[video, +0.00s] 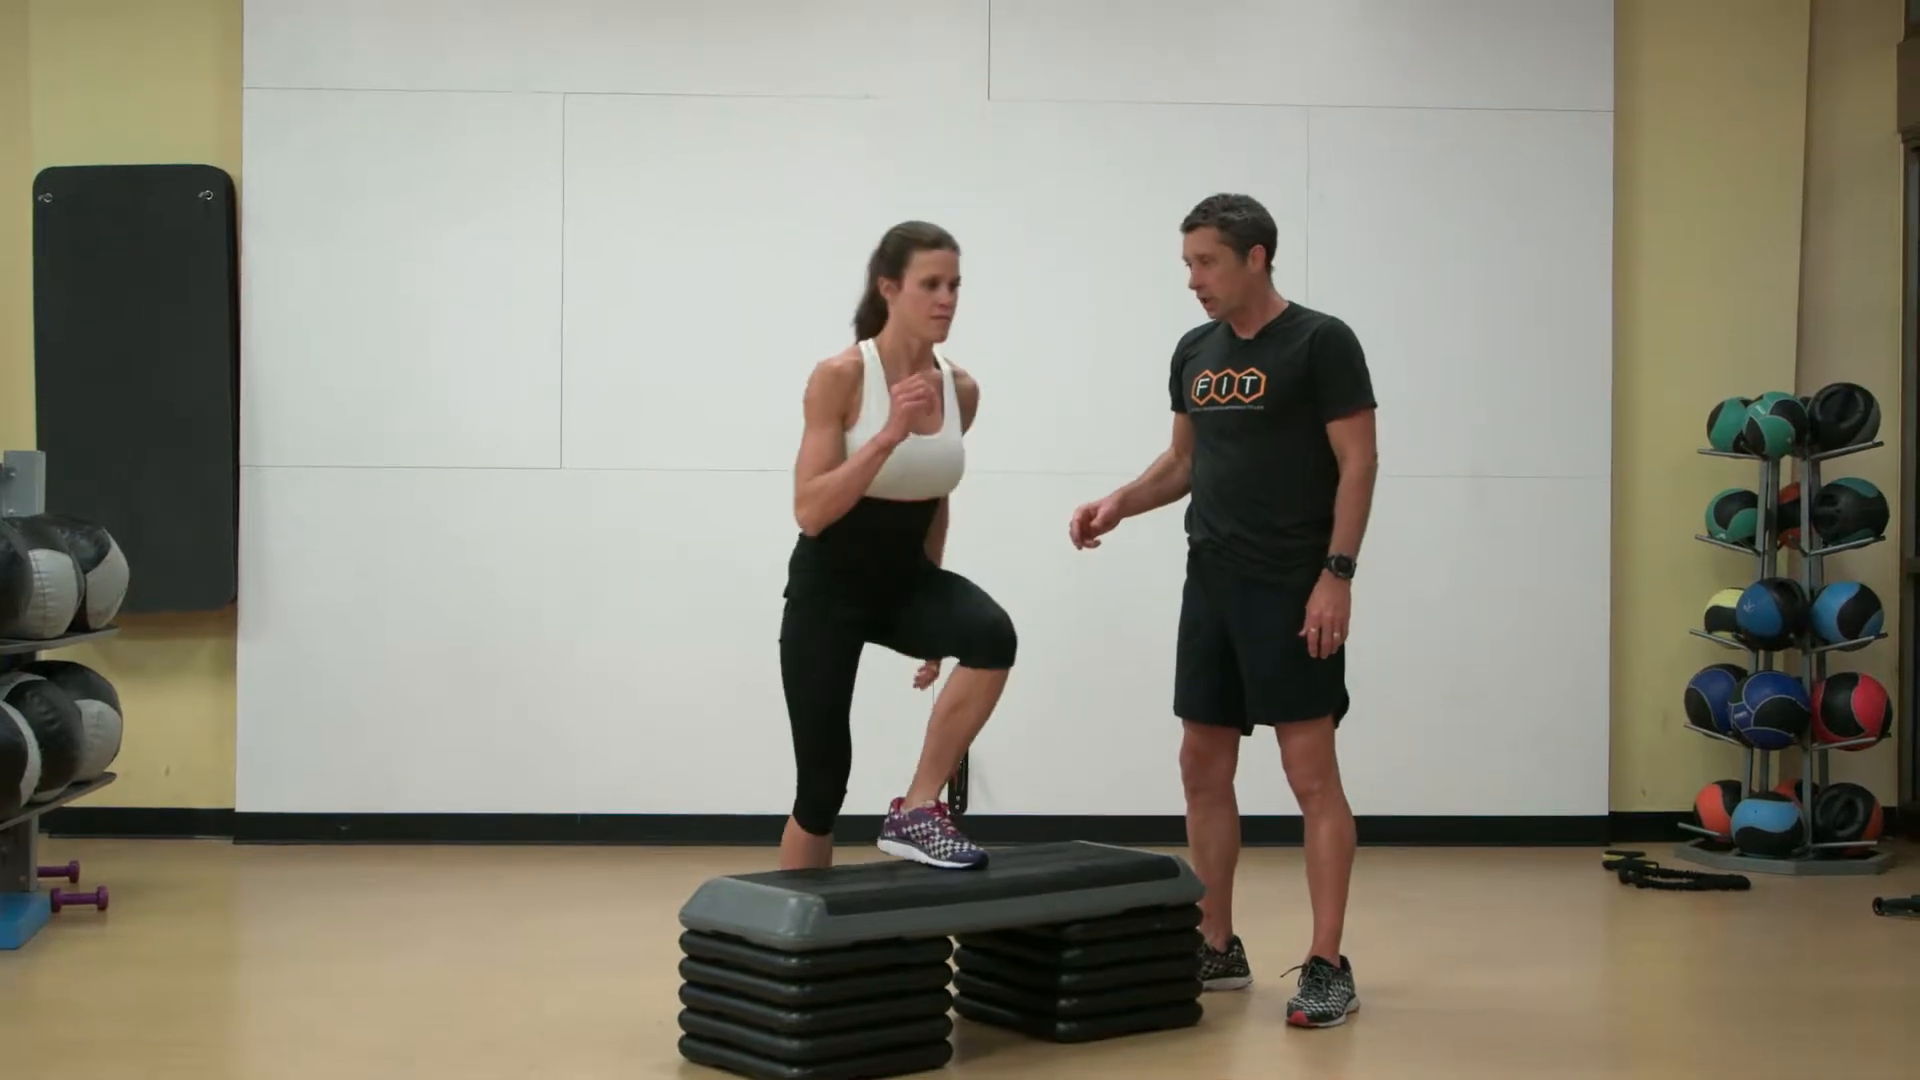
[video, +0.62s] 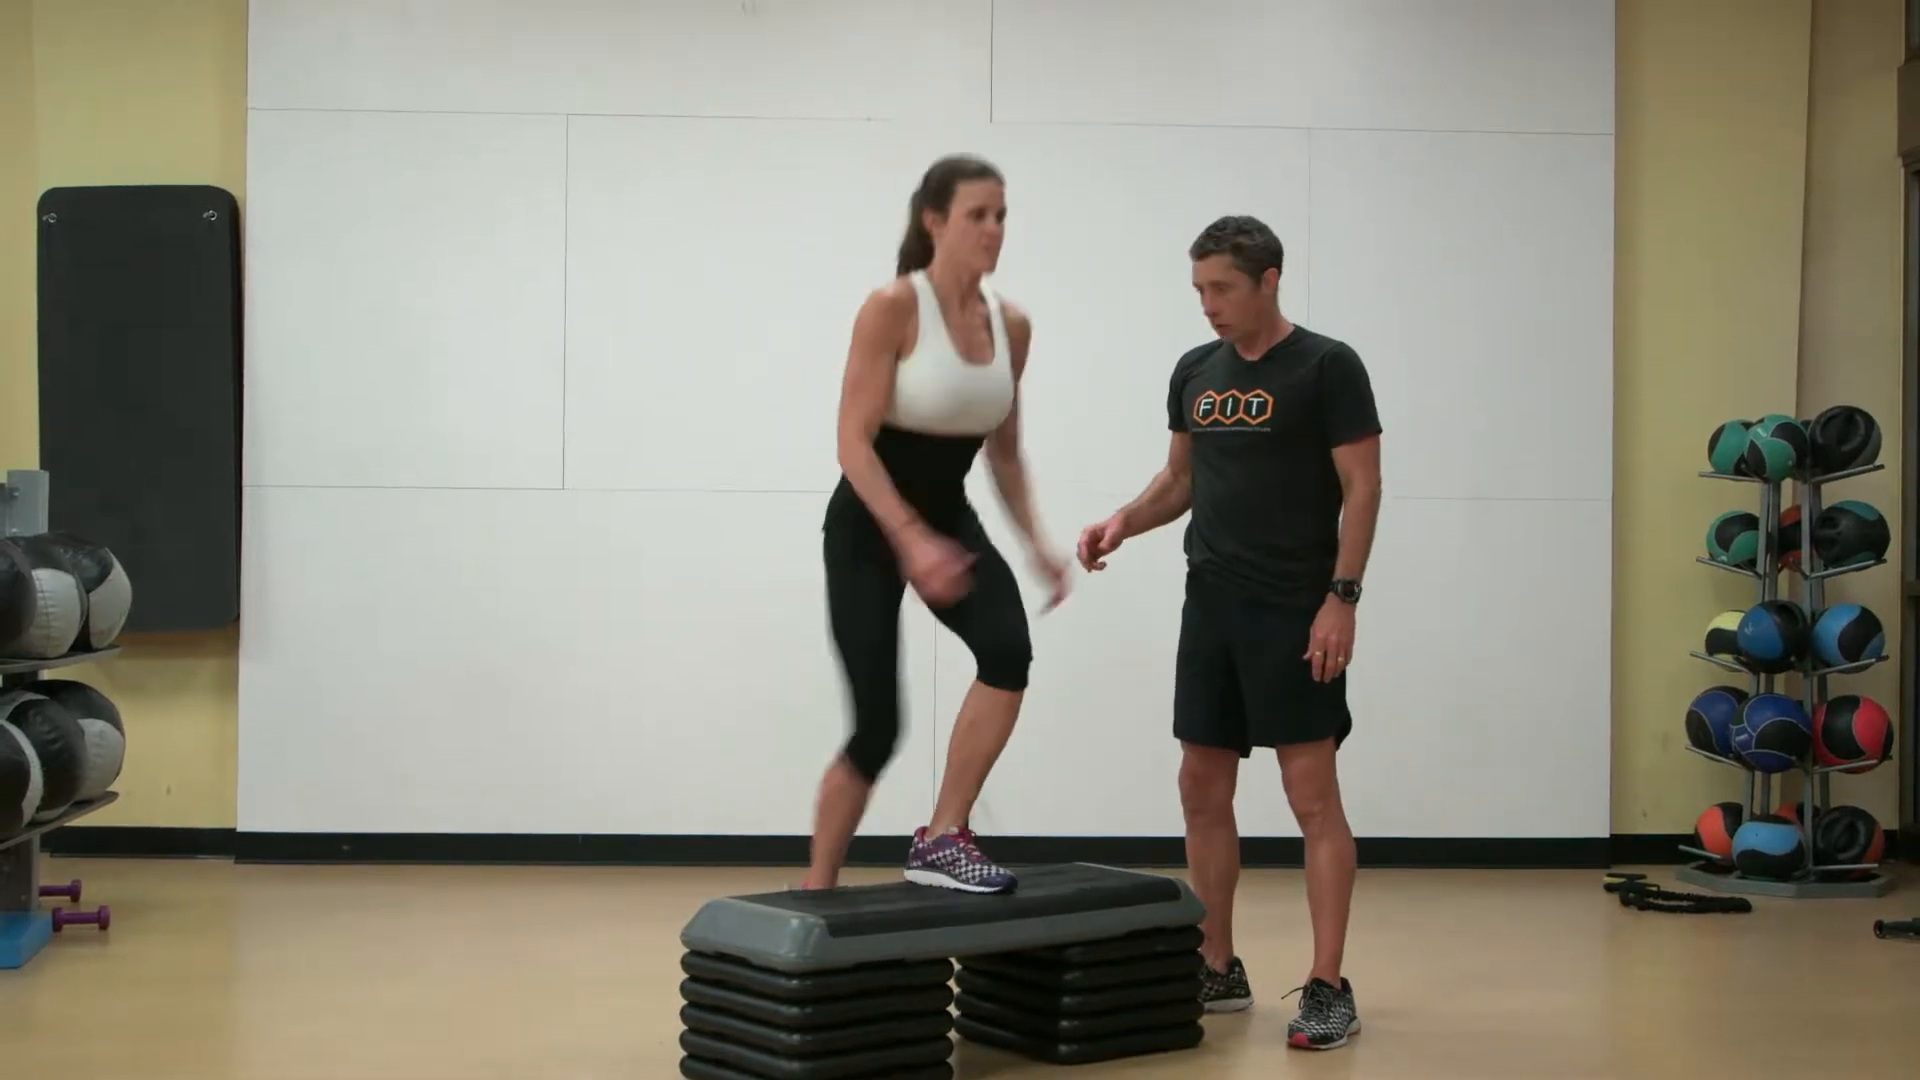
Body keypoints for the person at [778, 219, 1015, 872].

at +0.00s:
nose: (948, 299)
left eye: (954, 284)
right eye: (932, 284)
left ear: (958, 290)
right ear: (888, 288)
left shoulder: (958, 390)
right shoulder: (840, 378)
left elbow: (935, 508)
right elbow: (811, 511)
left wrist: (932, 626)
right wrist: (891, 434)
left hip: (906, 582)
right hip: (828, 587)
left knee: (992, 637)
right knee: (823, 792)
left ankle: (917, 809)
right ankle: (794, 951)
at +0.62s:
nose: (995, 230)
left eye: (1000, 216)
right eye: (979, 216)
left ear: (1003, 224)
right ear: (932, 222)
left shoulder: (1008, 327)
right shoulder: (891, 310)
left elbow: (1004, 452)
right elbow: (852, 443)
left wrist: (1036, 542)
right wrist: (911, 537)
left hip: (945, 509)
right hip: (871, 511)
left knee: (1007, 654)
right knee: (878, 726)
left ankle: (942, 838)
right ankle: (815, 895)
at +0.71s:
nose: (1001, 194)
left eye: (1006, 181)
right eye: (985, 180)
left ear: (1006, 191)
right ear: (941, 187)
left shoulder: (1014, 299)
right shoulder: (891, 279)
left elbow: (1042, 425)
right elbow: (837, 408)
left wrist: (1088, 447)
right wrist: (824, 534)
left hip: (954, 495)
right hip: (880, 496)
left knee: (1003, 654)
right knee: (953, 661)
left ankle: (944, 839)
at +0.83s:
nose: (992, 131)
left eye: (1000, 118)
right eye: (977, 116)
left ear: (1004, 129)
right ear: (932, 124)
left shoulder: (1019, 231)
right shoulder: (882, 219)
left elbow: (1084, 339)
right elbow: (807, 325)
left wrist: (1102, 245)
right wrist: (750, 430)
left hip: (961, 436)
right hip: (884, 426)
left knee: (977, 637)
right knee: (1017, 476)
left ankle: (945, 838)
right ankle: (903, 601)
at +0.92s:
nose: (990, 85)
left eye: (998, 71)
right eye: (975, 70)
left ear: (1002, 83)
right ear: (930, 76)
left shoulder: (1019, 183)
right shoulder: (877, 169)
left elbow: (1096, 278)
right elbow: (799, 275)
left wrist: (1080, 173)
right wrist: (744, 368)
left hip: (966, 389)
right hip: (886, 375)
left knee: (955, 606)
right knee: (1026, 372)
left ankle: (956, 809)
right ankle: (923, 528)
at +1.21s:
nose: (994, 133)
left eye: (1001, 118)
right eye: (978, 116)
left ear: (1004, 129)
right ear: (933, 122)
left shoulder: (1019, 232)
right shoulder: (882, 218)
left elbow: (1089, 352)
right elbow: (809, 329)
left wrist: (1084, 261)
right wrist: (776, 452)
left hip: (962, 440)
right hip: (882, 428)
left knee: (984, 645)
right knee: (1008, 476)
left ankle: (955, 848)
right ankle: (897, 604)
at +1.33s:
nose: (993, 172)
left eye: (999, 158)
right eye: (978, 157)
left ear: (1001, 167)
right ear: (933, 161)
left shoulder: (1002, 271)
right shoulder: (888, 254)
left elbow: (1012, 402)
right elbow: (830, 387)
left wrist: (1059, 419)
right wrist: (852, 499)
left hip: (955, 481)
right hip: (878, 479)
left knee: (999, 655)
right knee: (939, 643)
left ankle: (954, 852)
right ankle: (836, 766)